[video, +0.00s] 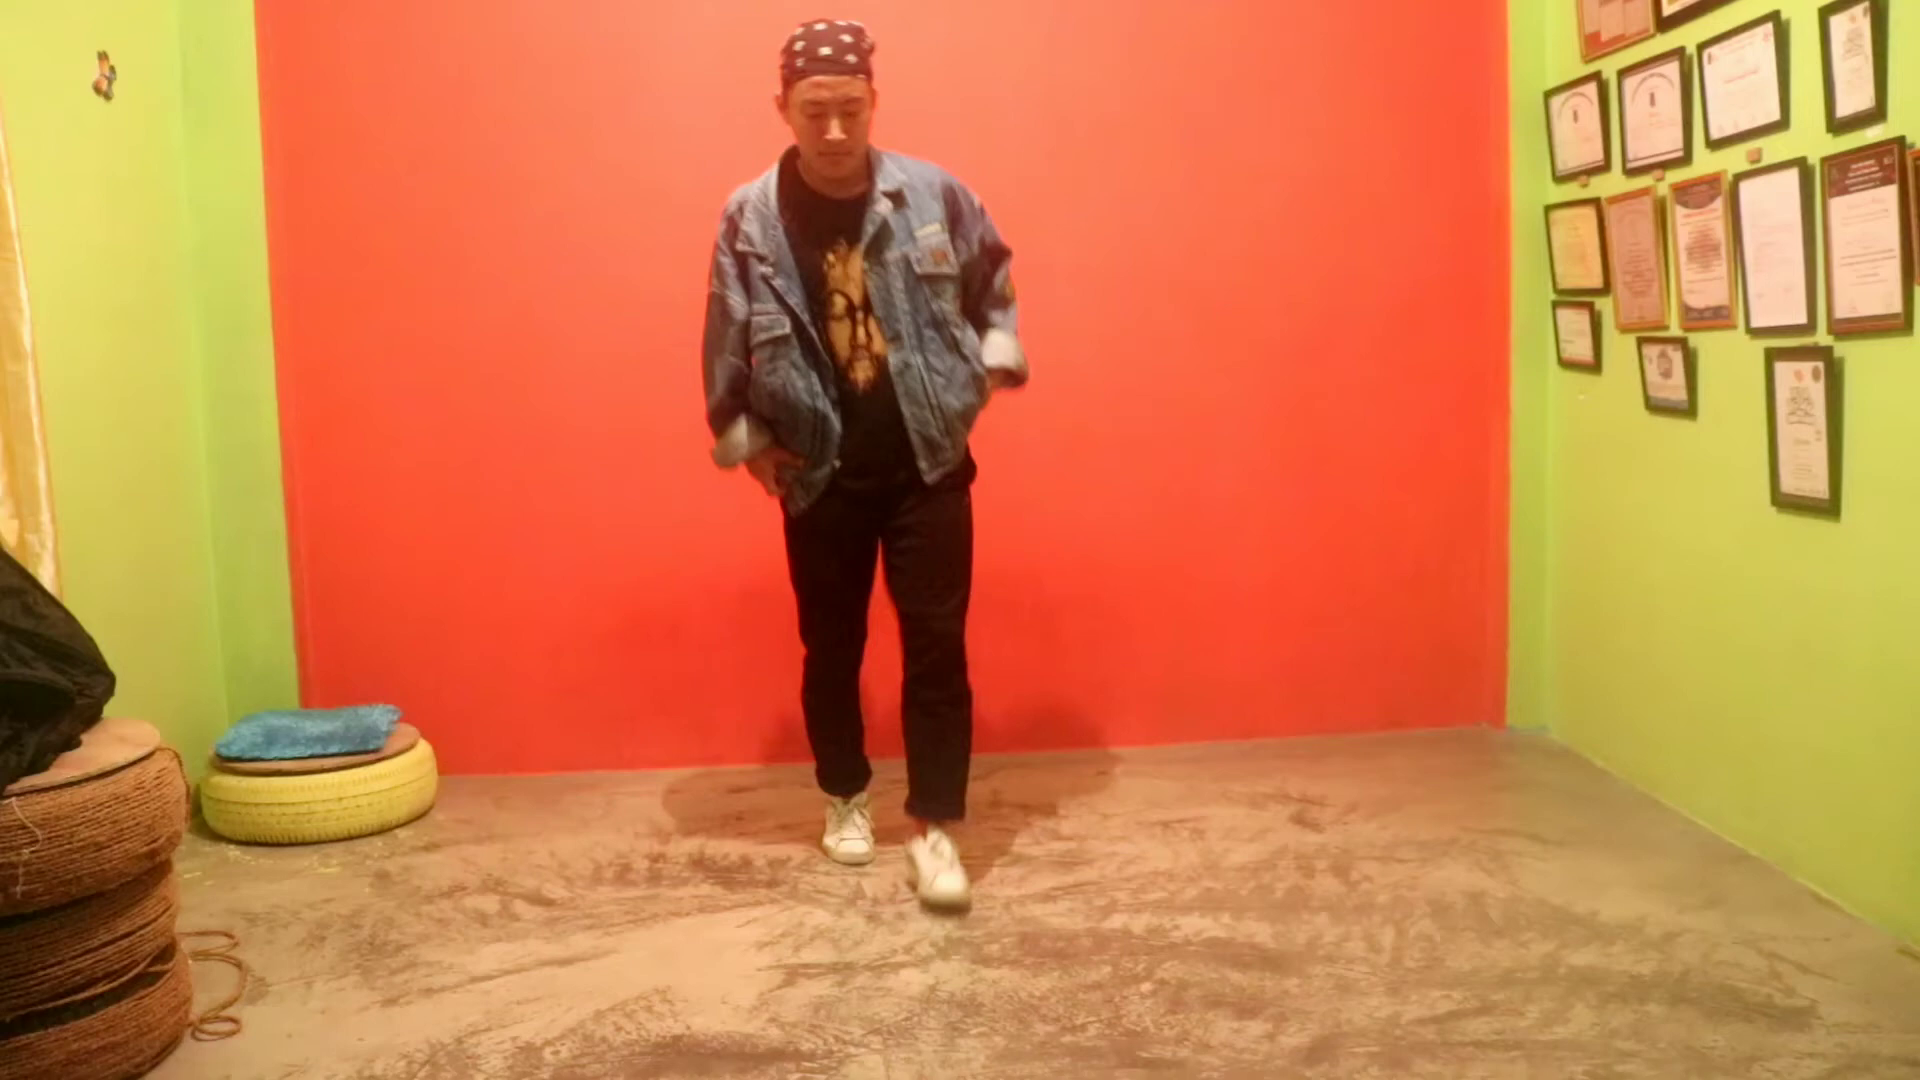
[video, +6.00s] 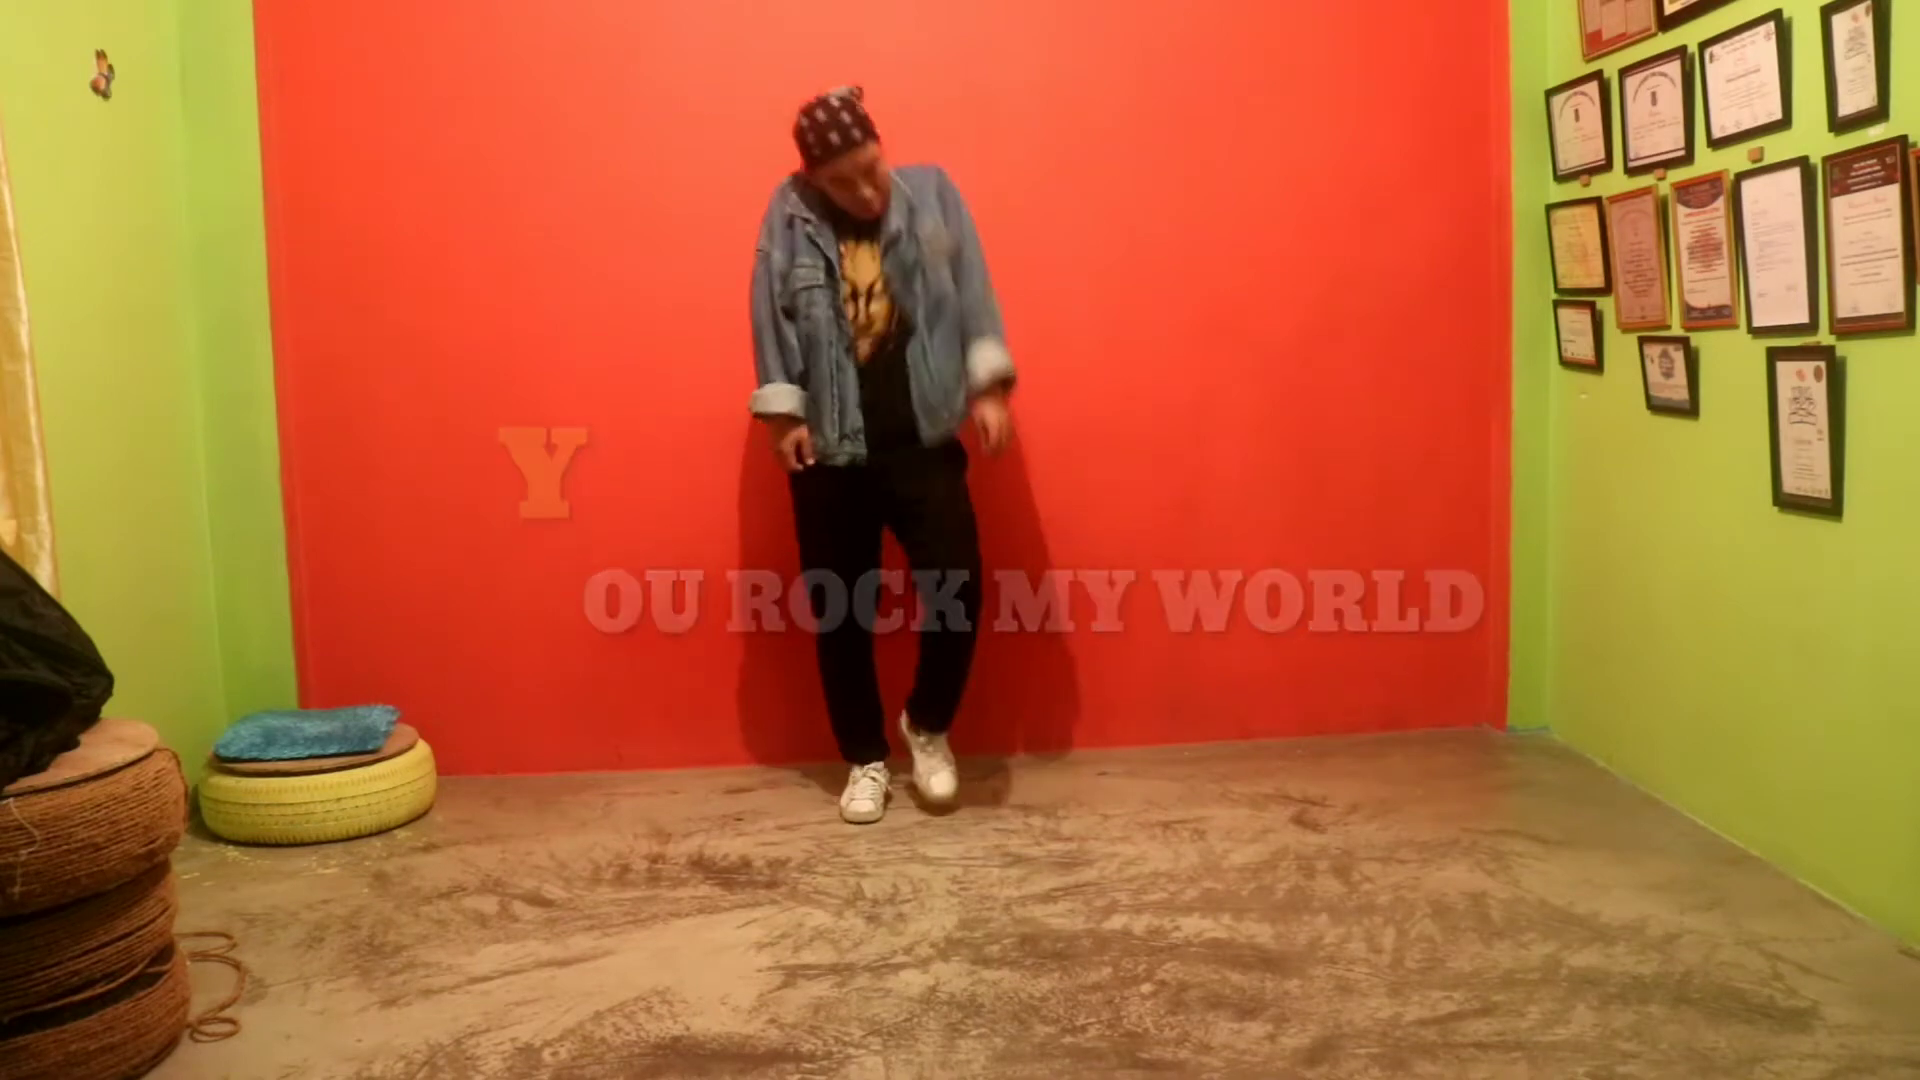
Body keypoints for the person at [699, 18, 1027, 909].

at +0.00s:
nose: (835, 133)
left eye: (850, 112)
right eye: (815, 114)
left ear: (875, 107)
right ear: (785, 113)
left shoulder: (935, 195)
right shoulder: (751, 217)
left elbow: (991, 287)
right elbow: (726, 346)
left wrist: (988, 368)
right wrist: (751, 446)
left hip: (929, 461)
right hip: (819, 471)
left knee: (938, 642)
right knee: (833, 642)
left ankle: (935, 825)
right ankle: (846, 798)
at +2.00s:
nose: (859, 188)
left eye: (873, 171)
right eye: (845, 172)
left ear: (899, 162)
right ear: (827, 165)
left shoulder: (950, 237)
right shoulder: (796, 249)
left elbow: (984, 335)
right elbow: (771, 354)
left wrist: (989, 382)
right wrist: (780, 389)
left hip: (931, 455)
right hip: (839, 458)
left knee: (939, 607)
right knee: (845, 609)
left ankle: (934, 755)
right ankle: (844, 756)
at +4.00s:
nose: (885, 228)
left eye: (898, 210)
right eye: (869, 211)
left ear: (918, 202)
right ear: (842, 202)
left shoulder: (952, 273)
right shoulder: (800, 272)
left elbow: (979, 376)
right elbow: (761, 382)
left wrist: (986, 449)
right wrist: (759, 461)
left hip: (923, 481)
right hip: (826, 484)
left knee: (948, 618)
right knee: (839, 633)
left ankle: (934, 757)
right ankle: (861, 763)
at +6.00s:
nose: (867, 190)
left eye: (872, 172)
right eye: (849, 181)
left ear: (883, 149)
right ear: (816, 173)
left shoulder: (930, 191)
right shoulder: (789, 216)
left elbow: (974, 289)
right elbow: (770, 315)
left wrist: (989, 386)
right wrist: (784, 412)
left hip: (925, 438)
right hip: (831, 447)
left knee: (958, 590)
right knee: (840, 607)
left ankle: (928, 726)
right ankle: (865, 761)